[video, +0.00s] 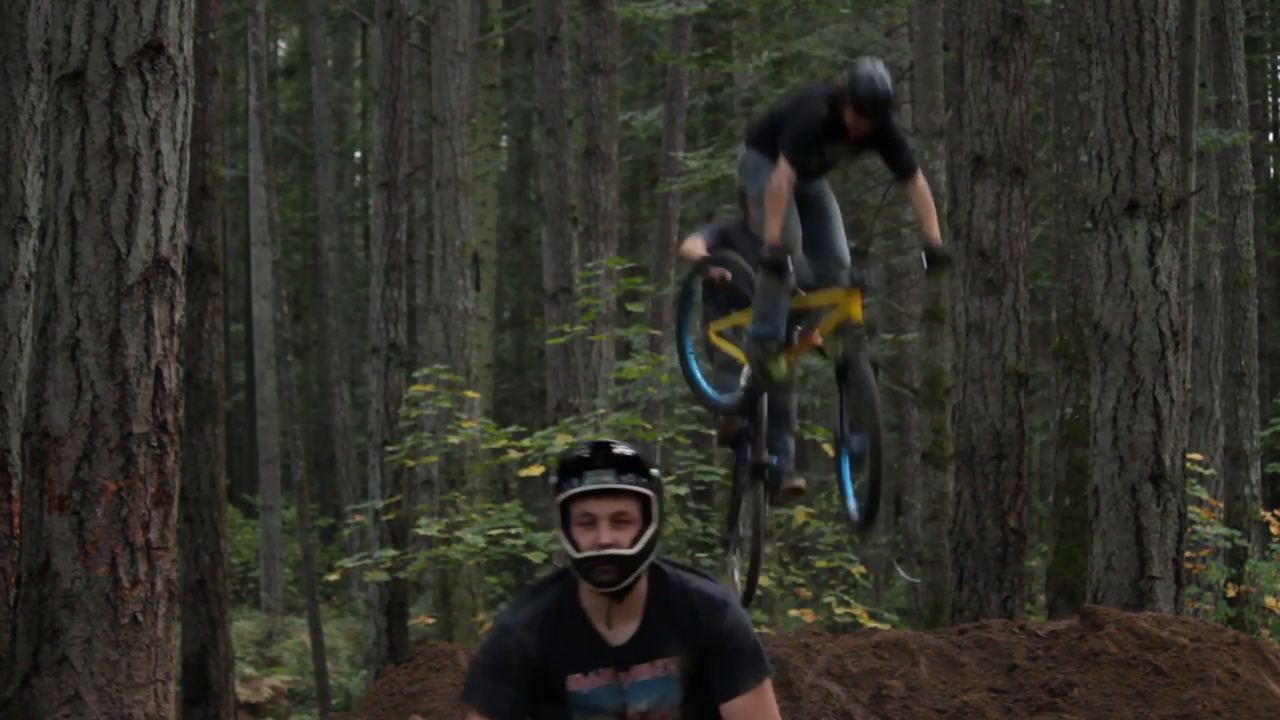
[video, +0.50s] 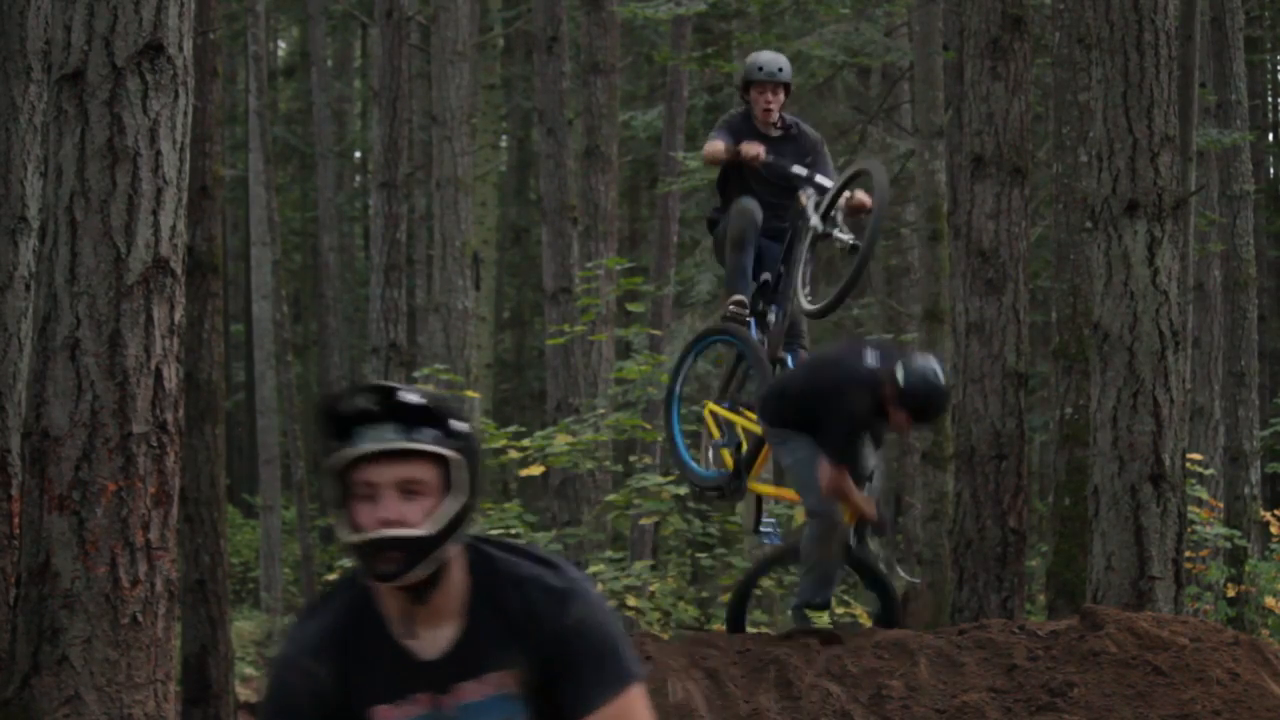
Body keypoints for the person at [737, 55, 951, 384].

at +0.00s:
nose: (863, 126)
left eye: (871, 120)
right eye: (859, 116)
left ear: (883, 115)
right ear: (846, 103)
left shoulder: (882, 126)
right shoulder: (815, 111)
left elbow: (914, 179)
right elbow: (782, 176)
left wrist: (934, 242)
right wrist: (773, 243)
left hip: (809, 177)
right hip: (763, 162)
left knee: (836, 261)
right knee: (783, 248)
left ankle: (823, 332)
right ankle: (765, 340)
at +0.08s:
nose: (868, 159)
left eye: (877, 153)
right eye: (864, 149)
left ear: (888, 148)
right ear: (852, 136)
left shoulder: (887, 161)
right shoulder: (819, 145)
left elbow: (920, 215)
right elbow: (786, 209)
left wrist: (940, 279)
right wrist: (779, 277)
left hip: (811, 199)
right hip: (765, 187)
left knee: (838, 287)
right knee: (785, 278)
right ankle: (770, 369)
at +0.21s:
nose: (877, 241)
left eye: (887, 234)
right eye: (874, 230)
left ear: (900, 228)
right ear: (862, 214)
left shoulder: (896, 233)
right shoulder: (830, 217)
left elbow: (928, 294)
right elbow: (800, 285)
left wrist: (951, 362)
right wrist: (798, 358)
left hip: (819, 257)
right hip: (771, 248)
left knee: (839, 351)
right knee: (786, 341)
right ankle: (786, 439)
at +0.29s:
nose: (885, 330)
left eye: (895, 326)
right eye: (885, 321)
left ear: (910, 311)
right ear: (874, 302)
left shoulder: (906, 307)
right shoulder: (838, 301)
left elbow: (934, 358)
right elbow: (789, 368)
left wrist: (953, 413)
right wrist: (812, 424)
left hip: (829, 330)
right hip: (781, 324)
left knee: (847, 424)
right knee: (797, 428)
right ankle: (800, 532)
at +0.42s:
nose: (888, 369)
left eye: (898, 363)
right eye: (888, 360)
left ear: (911, 343)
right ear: (877, 340)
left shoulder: (911, 333)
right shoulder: (839, 329)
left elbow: (930, 371)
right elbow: (789, 394)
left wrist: (932, 420)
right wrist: (836, 445)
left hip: (837, 365)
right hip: (786, 361)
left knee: (871, 452)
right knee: (804, 470)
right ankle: (803, 579)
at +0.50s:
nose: (908, 428)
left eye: (915, 422)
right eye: (910, 418)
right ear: (896, 399)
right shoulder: (854, 398)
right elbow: (832, 480)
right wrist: (864, 507)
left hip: (828, 416)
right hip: (788, 423)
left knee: (865, 473)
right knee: (825, 509)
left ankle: (858, 541)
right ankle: (811, 606)